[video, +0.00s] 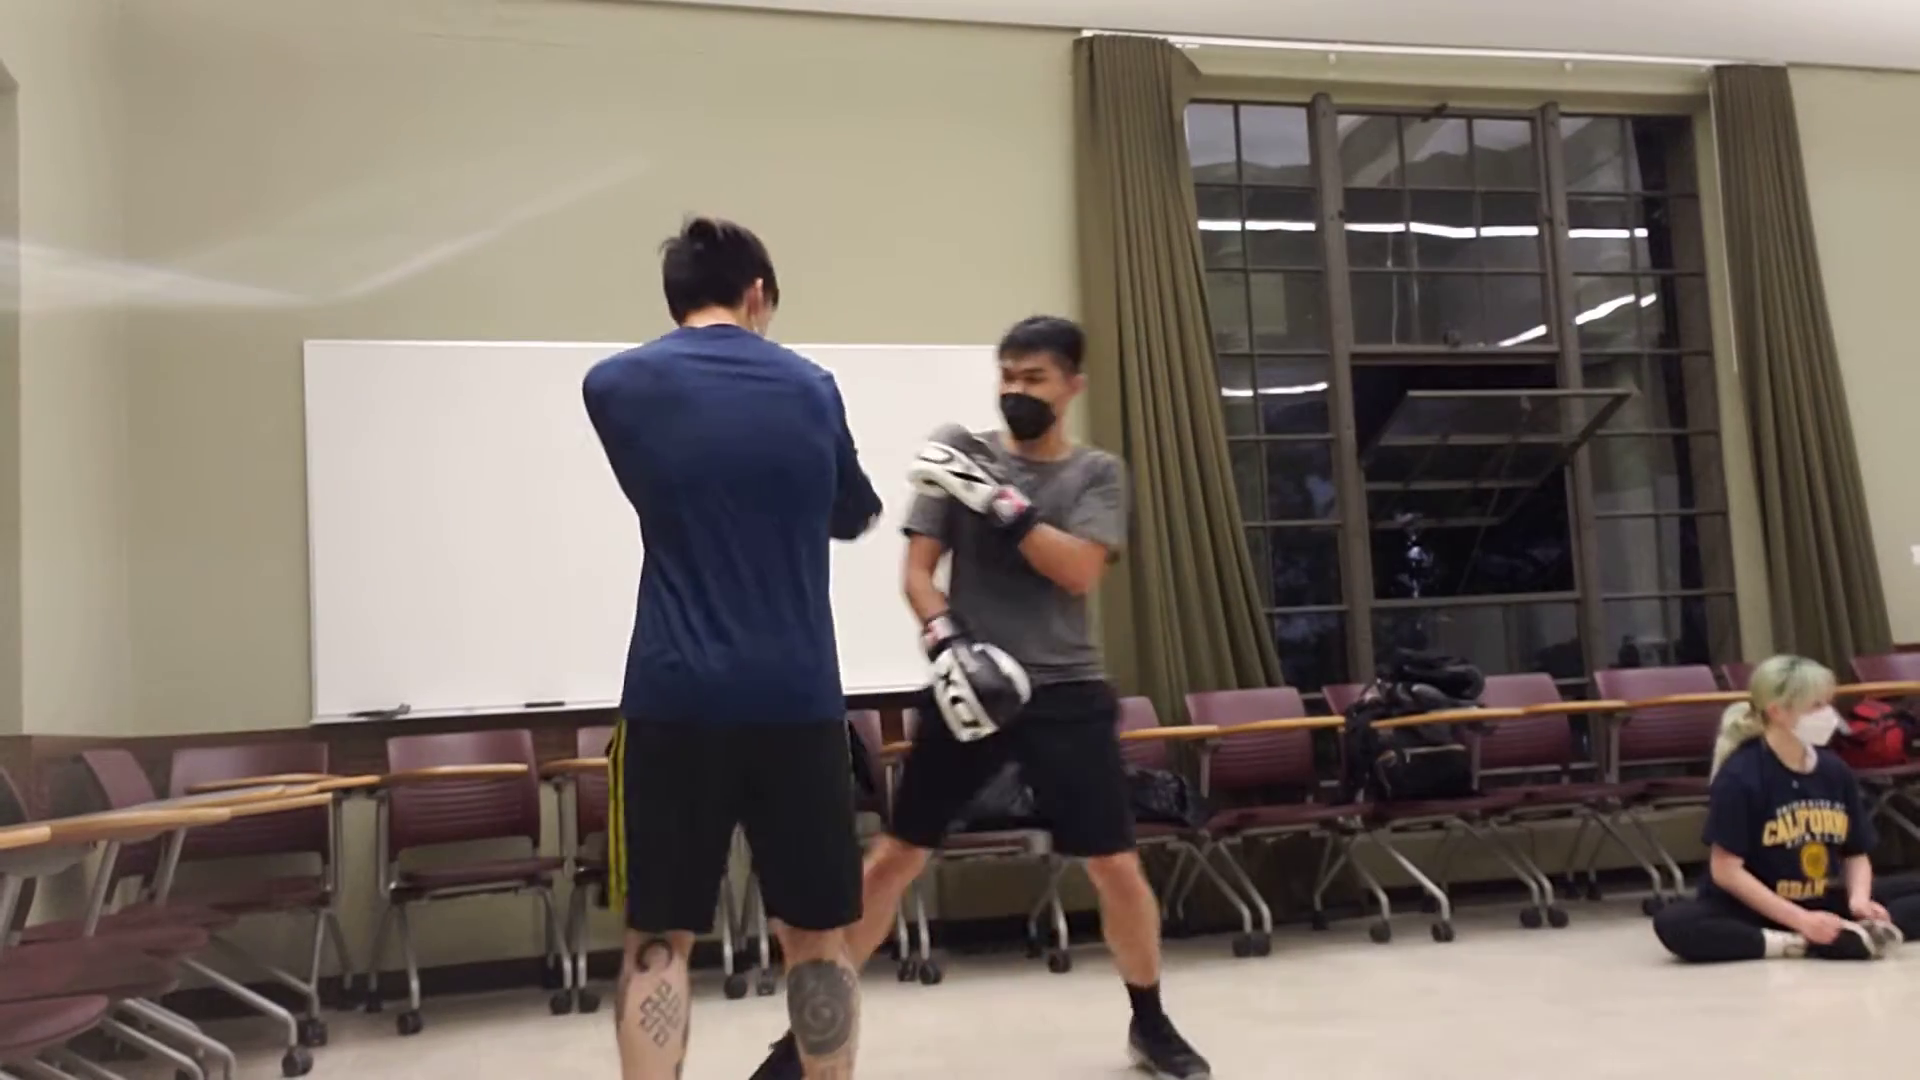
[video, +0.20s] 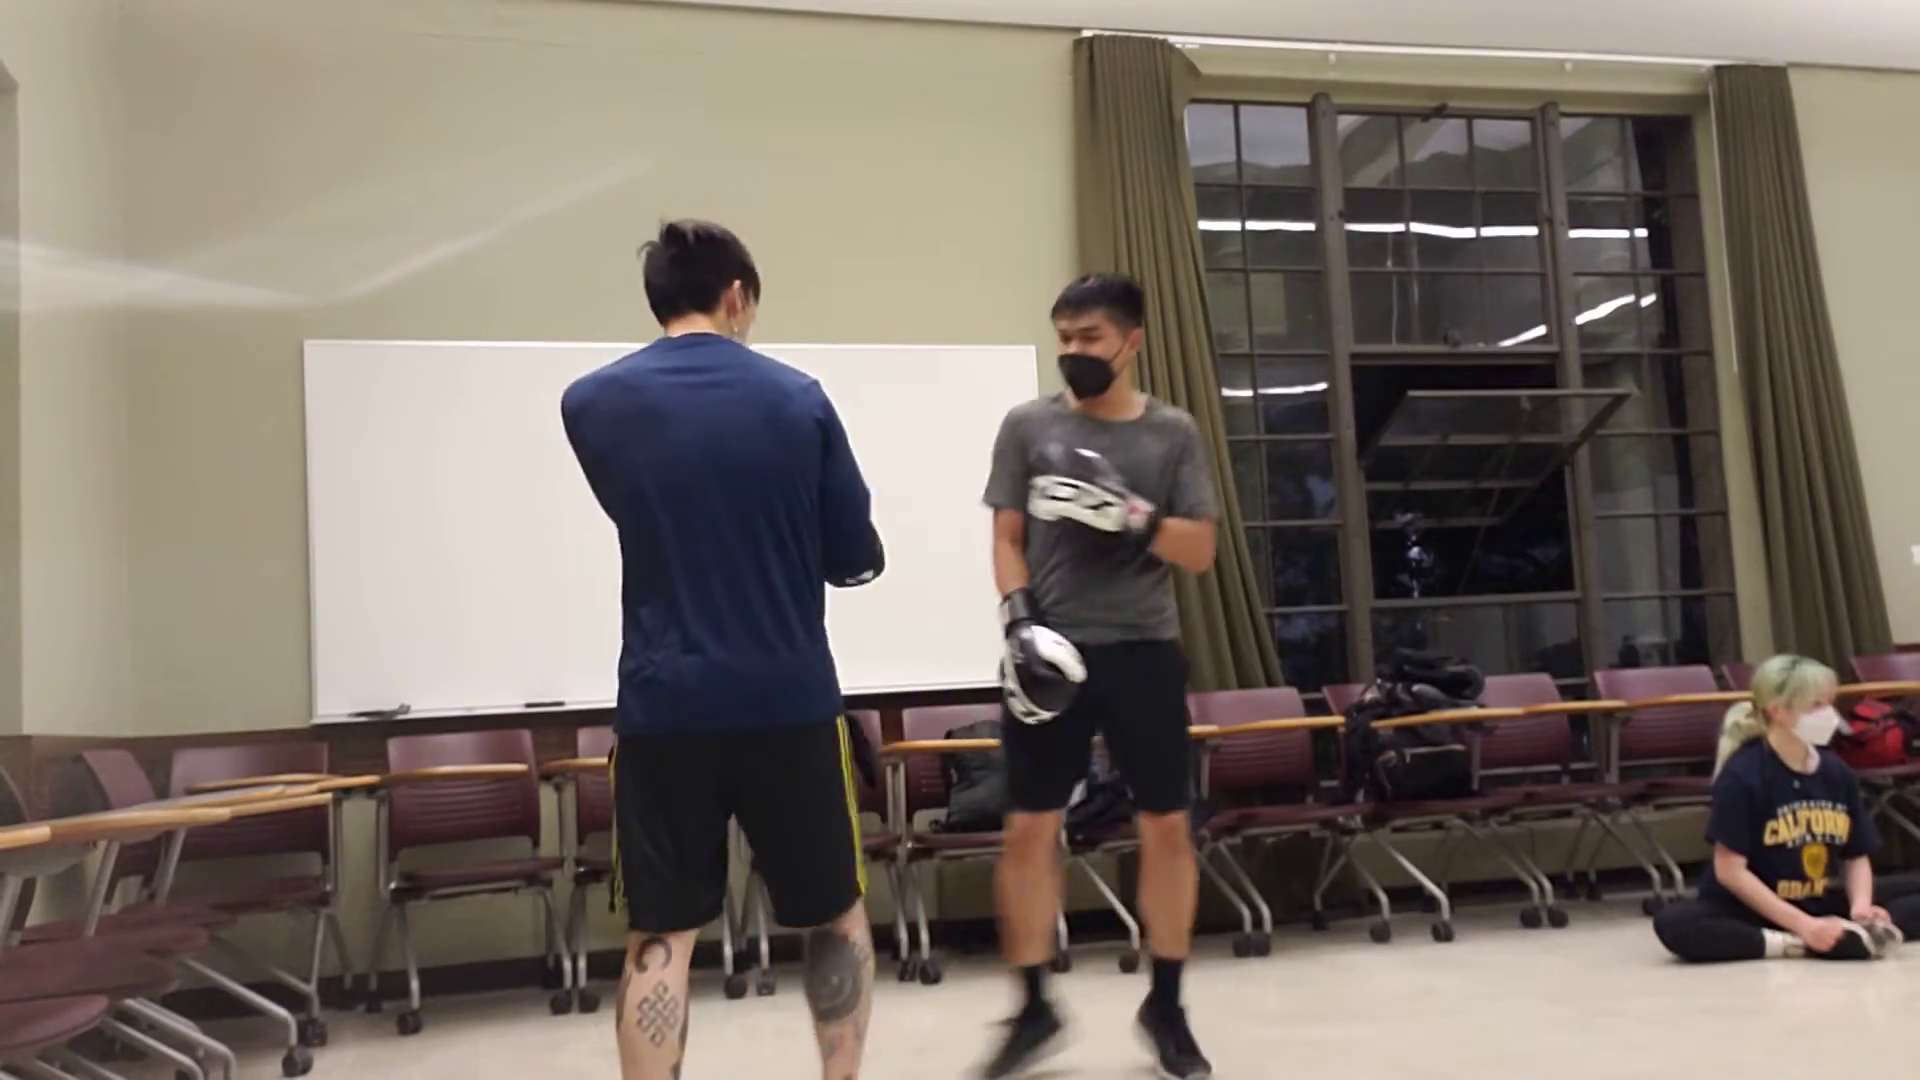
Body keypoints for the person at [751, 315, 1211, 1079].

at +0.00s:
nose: (1018, 392)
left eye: (1035, 379)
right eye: (1008, 379)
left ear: (1073, 385)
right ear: (996, 383)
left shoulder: (1097, 471)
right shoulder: (962, 455)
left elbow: (1081, 572)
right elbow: (917, 572)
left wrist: (998, 502)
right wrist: (946, 641)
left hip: (1067, 695)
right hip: (970, 692)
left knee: (1116, 865)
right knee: (892, 859)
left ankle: (1151, 1022)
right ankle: (811, 1029)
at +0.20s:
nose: (1076, 351)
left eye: (1091, 337)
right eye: (1066, 338)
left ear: (1132, 340)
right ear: (1055, 343)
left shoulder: (1174, 434)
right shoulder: (1027, 428)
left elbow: (1200, 551)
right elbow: (1007, 540)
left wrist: (1129, 511)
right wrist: (1018, 623)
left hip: (1143, 652)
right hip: (1051, 651)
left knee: (1166, 823)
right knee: (1026, 826)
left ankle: (1165, 1004)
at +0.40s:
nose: (1126, 375)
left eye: (1143, 361)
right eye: (1117, 361)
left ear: (1186, 363)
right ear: (1108, 364)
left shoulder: (1225, 455)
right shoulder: (1079, 454)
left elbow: (1250, 576)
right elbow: (1047, 563)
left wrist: (1218, 548)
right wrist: (1078, 645)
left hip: (1211, 667)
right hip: (1117, 674)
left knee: (1274, 824)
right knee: (1118, 849)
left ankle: (1320, 993)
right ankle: (1121, 1006)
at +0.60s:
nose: (1210, 382)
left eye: (1224, 366)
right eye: (1199, 370)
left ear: (1267, 364)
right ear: (1189, 374)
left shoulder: (1321, 450)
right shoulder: (1167, 459)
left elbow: (1355, 569)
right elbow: (1150, 571)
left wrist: (1284, 536)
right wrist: (1161, 659)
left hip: (1307, 674)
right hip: (1206, 676)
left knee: (1367, 833)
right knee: (1170, 847)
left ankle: (1417, 1000)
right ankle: (1131, 1002)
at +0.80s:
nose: (1274, 368)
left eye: (1289, 351)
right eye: (1263, 354)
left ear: (1332, 345)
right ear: (1251, 354)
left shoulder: (1388, 422)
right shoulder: (1237, 440)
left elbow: (1435, 538)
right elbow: (1221, 552)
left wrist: (1362, 512)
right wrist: (1230, 636)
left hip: (1374, 654)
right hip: (1272, 657)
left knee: (1403, 821)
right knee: (1235, 822)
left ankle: (1421, 1000)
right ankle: (1213, 998)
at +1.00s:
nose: (1303, 367)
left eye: (1316, 349)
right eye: (1292, 354)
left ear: (1360, 340)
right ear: (1284, 355)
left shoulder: (1423, 413)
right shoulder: (1277, 430)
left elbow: (1460, 529)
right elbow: (1266, 544)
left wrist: (1384, 496)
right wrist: (1262, 626)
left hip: (1410, 651)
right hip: (1310, 652)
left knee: (1423, 823)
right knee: (1289, 822)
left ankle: (1425, 1000)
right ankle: (1281, 1004)